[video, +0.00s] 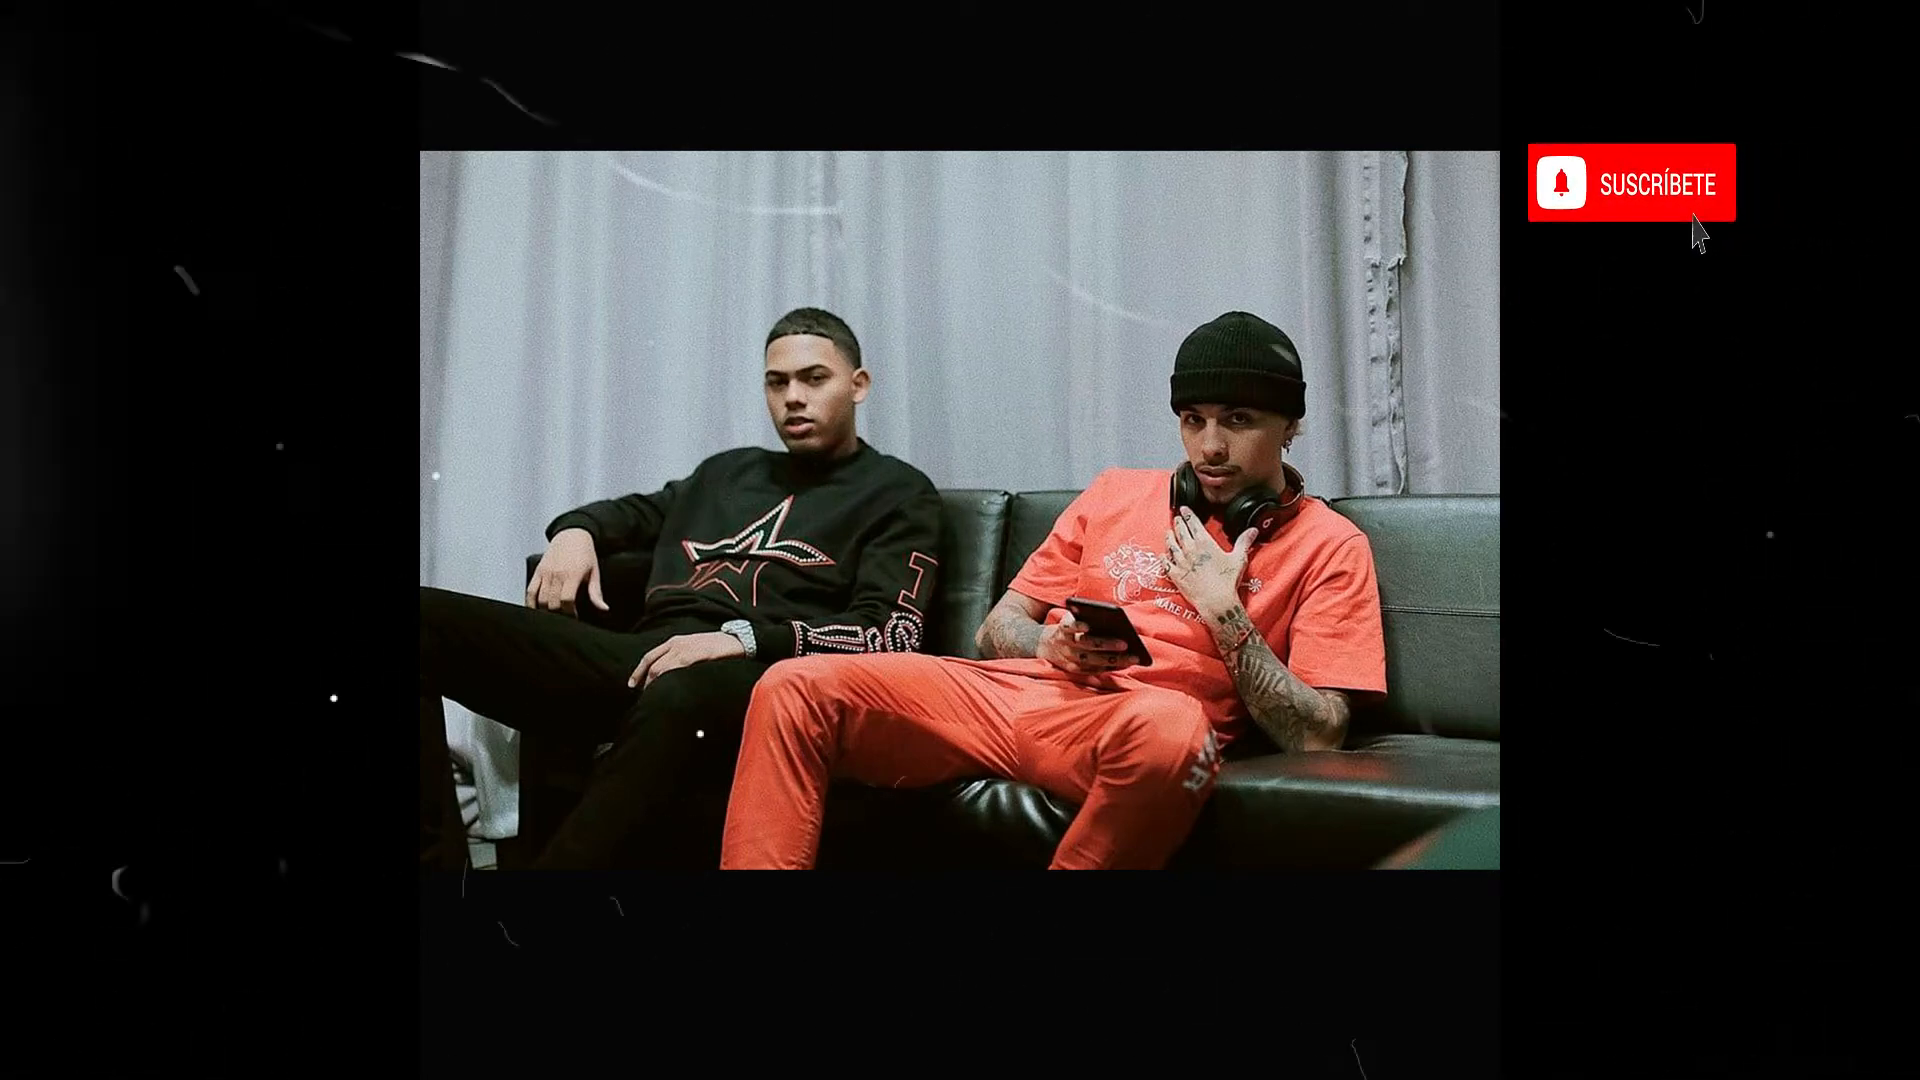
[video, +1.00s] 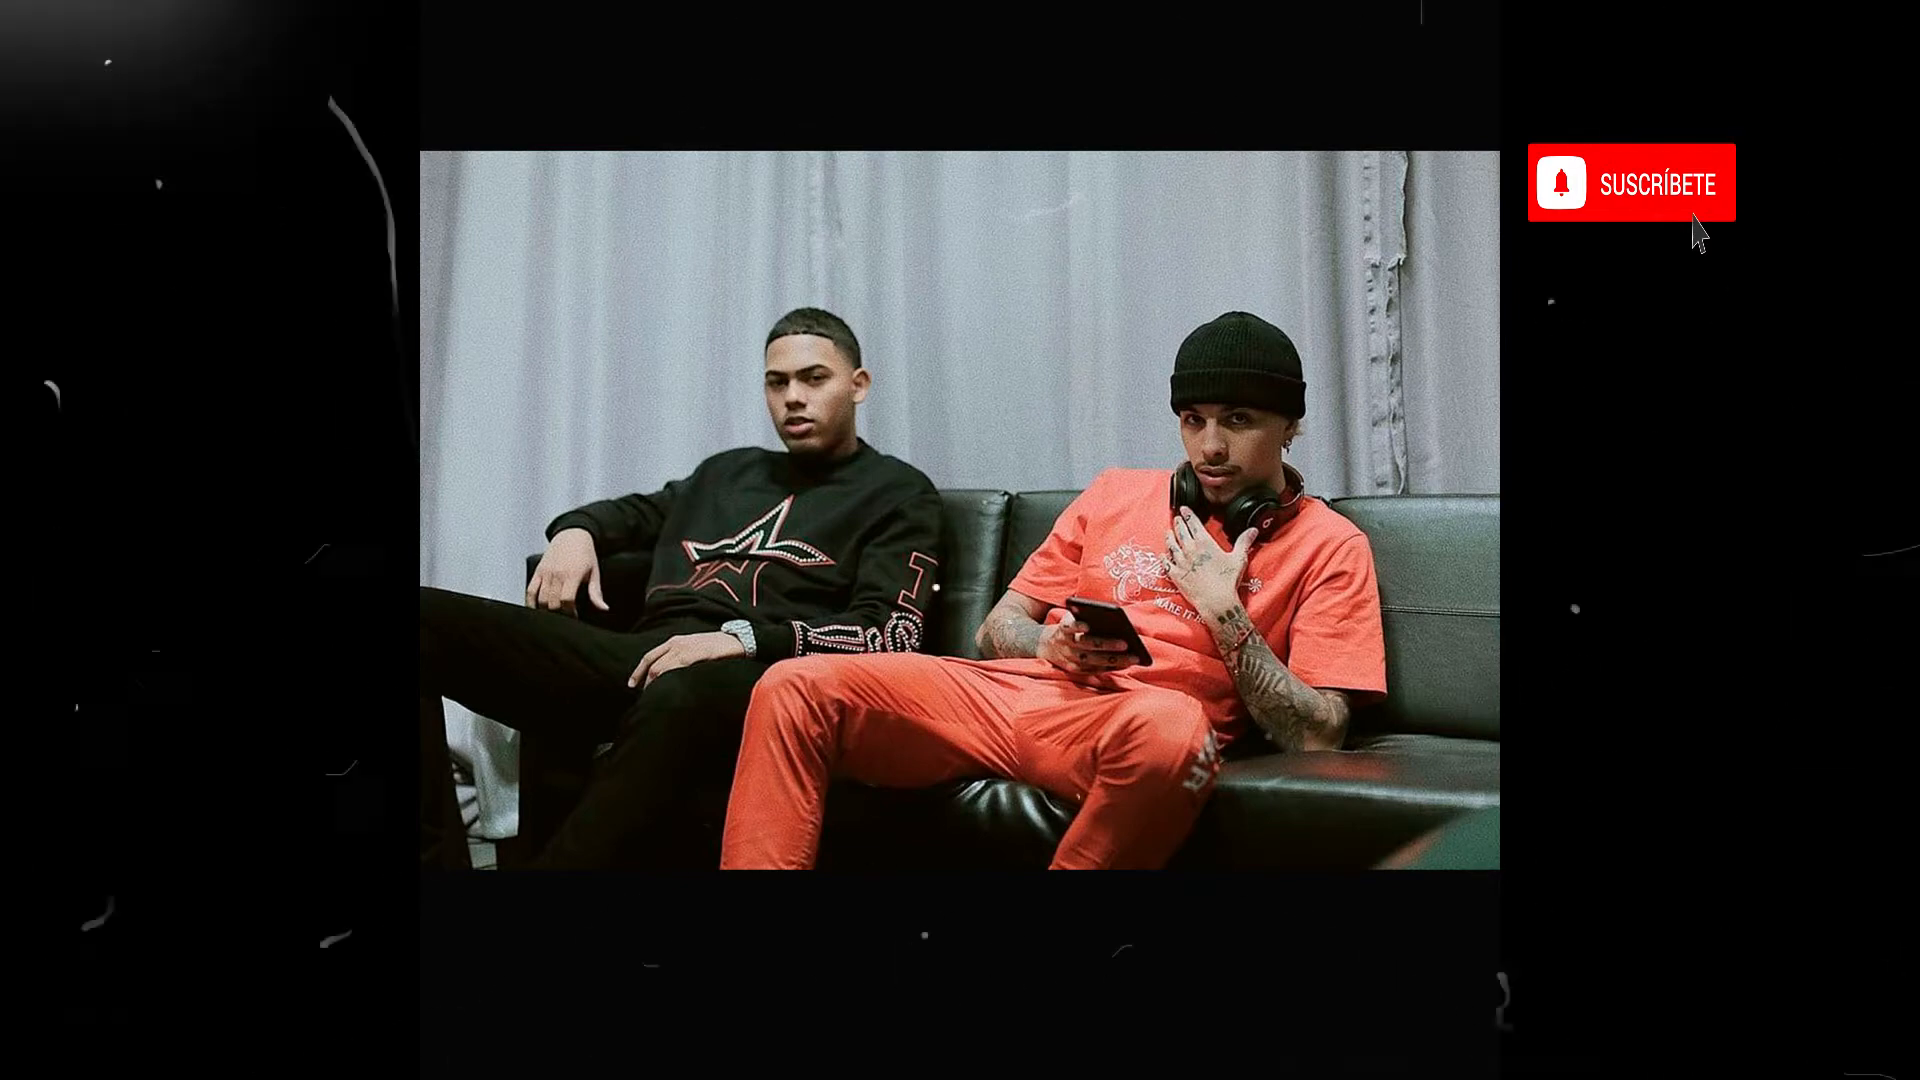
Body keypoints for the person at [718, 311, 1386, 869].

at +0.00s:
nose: (1211, 445)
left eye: (1238, 421)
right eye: (1195, 419)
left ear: (1288, 429)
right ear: (1179, 421)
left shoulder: (1329, 546)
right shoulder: (1117, 493)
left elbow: (1318, 736)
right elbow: (999, 627)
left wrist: (1227, 615)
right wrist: (1052, 646)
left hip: (1132, 707)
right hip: (1013, 685)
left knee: (1170, 746)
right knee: (791, 694)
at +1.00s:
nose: (1210, 445)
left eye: (1238, 421)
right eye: (1196, 419)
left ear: (1289, 429)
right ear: (1179, 422)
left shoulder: (1328, 546)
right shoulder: (1118, 492)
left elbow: (1318, 734)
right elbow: (999, 626)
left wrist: (1227, 614)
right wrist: (1050, 647)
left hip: (1133, 707)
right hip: (1014, 685)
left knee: (1170, 747)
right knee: (792, 693)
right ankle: (758, 918)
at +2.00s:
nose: (1210, 445)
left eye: (1238, 421)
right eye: (1196, 419)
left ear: (1289, 428)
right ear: (1179, 422)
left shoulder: (1328, 546)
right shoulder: (1118, 493)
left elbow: (1318, 734)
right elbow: (999, 626)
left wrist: (1226, 614)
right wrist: (1050, 647)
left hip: (1133, 708)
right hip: (1014, 685)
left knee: (1170, 747)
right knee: (792, 693)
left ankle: (1042, 954)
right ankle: (762, 942)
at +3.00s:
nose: (1211, 445)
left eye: (1238, 421)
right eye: (1196, 419)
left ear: (1289, 429)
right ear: (1178, 422)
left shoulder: (1329, 545)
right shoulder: (1118, 492)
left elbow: (1318, 735)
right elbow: (999, 627)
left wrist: (1227, 615)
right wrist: (1050, 647)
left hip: (1129, 709)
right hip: (1013, 686)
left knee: (1171, 746)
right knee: (792, 693)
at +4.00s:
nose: (1210, 445)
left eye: (1238, 421)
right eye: (1196, 419)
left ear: (1289, 429)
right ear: (1179, 422)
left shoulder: (1328, 546)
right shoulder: (1118, 492)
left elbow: (1318, 734)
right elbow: (999, 626)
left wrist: (1226, 614)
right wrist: (1050, 647)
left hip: (1132, 708)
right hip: (1014, 685)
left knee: (1170, 746)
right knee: (792, 693)